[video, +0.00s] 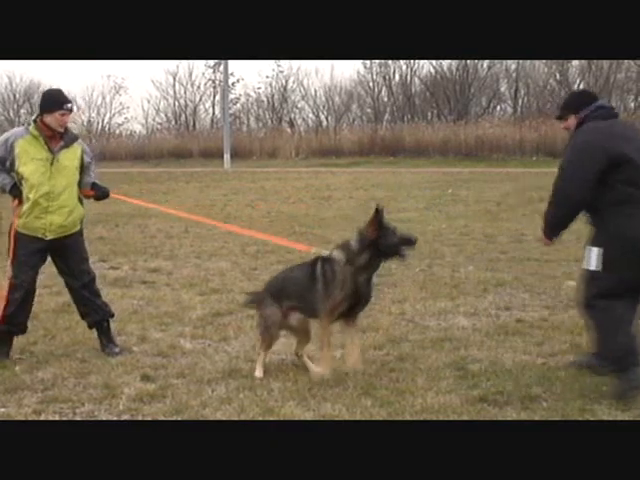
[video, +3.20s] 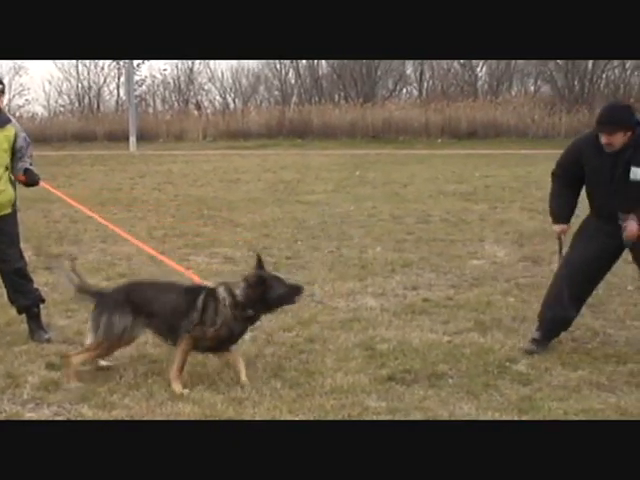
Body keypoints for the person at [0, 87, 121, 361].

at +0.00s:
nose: (66, 118)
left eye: (68, 113)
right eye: (61, 113)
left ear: (70, 115)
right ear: (44, 114)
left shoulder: (77, 147)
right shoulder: (15, 140)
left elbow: (87, 176)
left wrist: (91, 189)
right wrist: (12, 187)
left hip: (68, 229)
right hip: (29, 229)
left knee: (83, 282)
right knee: (21, 285)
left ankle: (106, 336)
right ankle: (5, 342)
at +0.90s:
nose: (70, 109)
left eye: (73, 104)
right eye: (64, 104)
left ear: (75, 107)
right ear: (49, 105)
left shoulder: (84, 137)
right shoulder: (23, 134)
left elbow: (100, 166)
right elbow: (5, 163)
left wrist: (107, 180)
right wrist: (20, 181)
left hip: (79, 220)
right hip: (39, 222)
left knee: (94, 275)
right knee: (33, 278)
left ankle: (112, 332)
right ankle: (41, 321)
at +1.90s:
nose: (73, 95)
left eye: (73, 91)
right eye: (68, 90)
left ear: (68, 93)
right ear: (51, 91)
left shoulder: (76, 124)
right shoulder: (17, 116)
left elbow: (85, 159)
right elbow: (1, 146)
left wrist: (101, 165)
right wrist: (13, 164)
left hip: (69, 205)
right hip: (31, 206)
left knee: (84, 258)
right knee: (17, 263)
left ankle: (104, 310)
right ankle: (3, 313)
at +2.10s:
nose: (45, 98)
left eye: (46, 93)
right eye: (40, 93)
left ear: (42, 94)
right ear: (22, 94)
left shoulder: (47, 126)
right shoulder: (3, 123)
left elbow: (52, 162)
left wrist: (69, 168)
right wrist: (2, 178)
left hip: (40, 207)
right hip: (7, 210)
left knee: (56, 260)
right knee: (0, 264)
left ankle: (79, 311)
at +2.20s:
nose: (37, 98)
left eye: (38, 93)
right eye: (32, 93)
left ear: (36, 95)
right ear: (14, 94)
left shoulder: (38, 125)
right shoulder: (3, 121)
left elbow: (43, 161)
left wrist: (58, 168)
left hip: (33, 207)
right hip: (5, 210)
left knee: (48, 260)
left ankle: (72, 311)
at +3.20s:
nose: (2, 102)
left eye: (2, 96)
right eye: (2, 97)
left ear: (4, 98)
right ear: (3, 99)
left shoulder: (11, 130)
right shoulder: (11, 131)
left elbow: (21, 157)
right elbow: (21, 157)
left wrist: (25, 172)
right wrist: (24, 171)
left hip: (6, 207)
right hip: (5, 208)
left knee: (13, 263)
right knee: (11, 263)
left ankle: (34, 319)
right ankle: (33, 318)